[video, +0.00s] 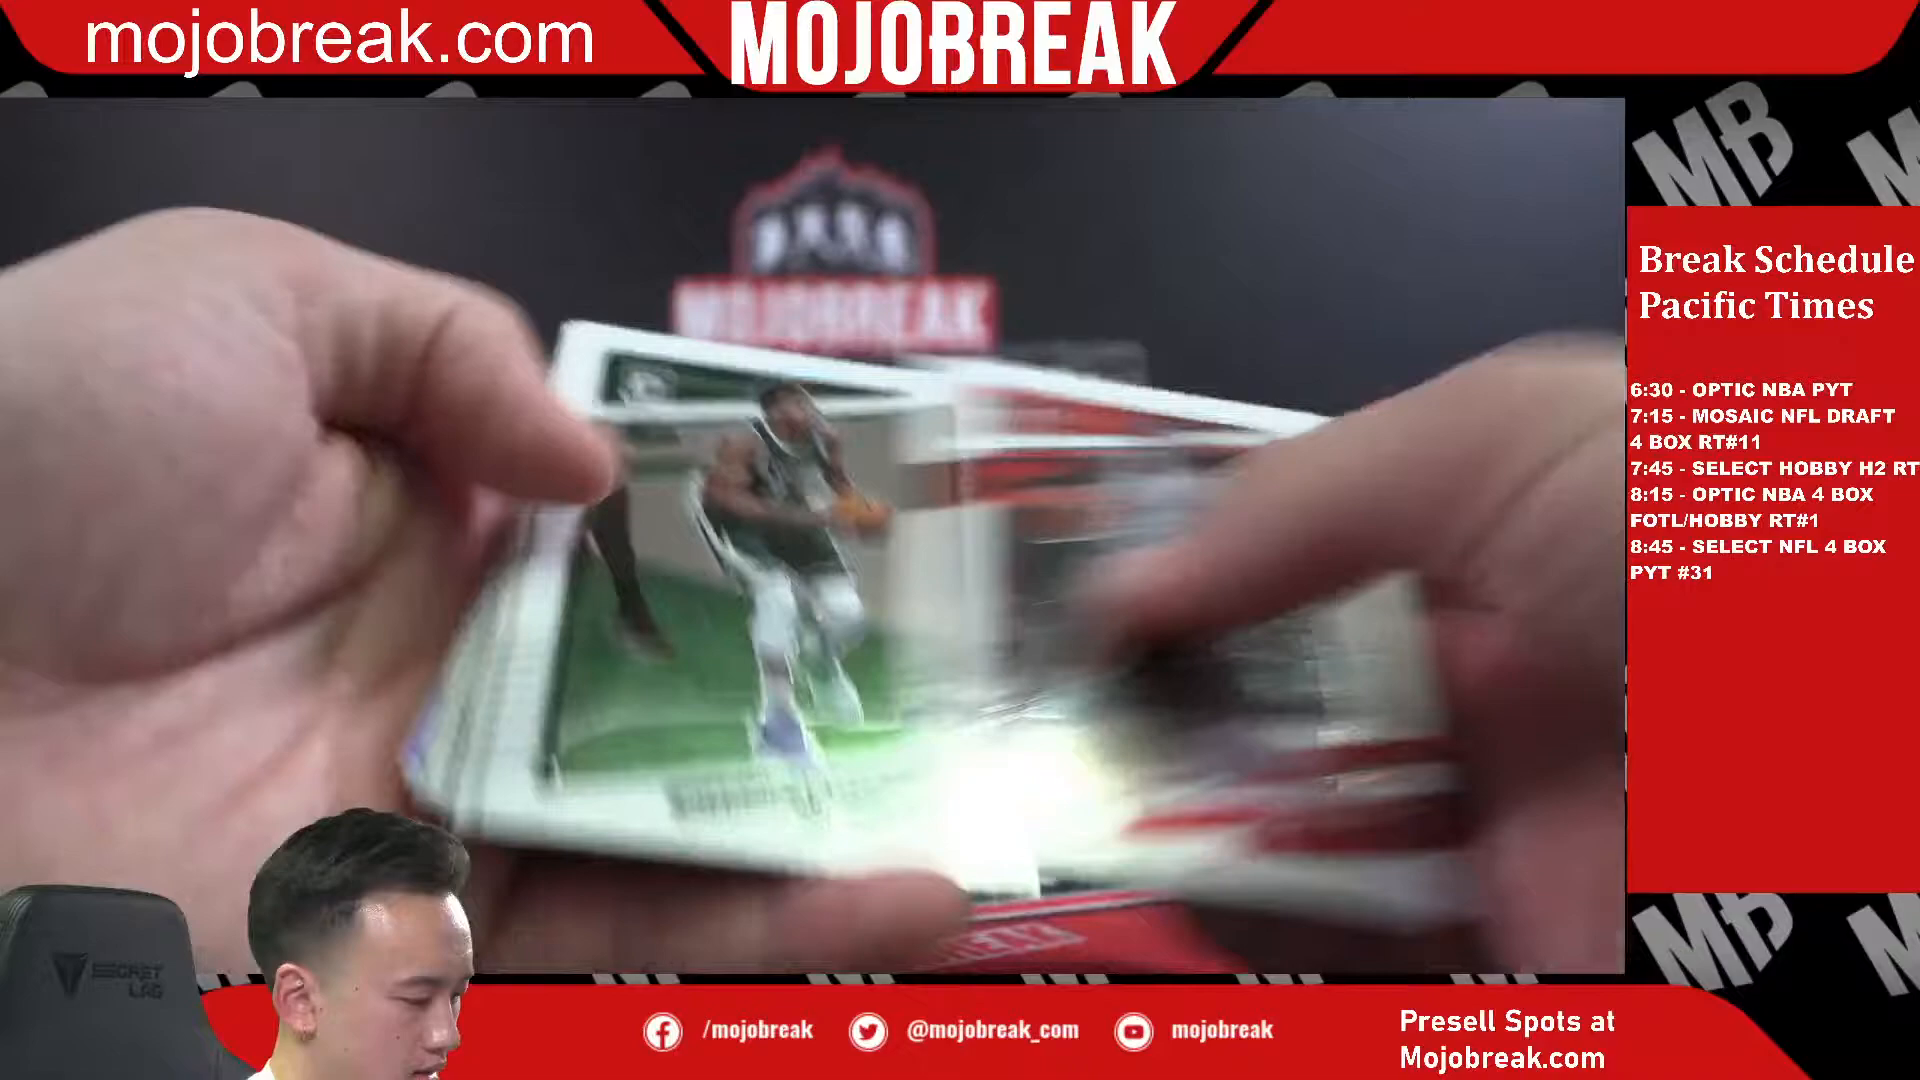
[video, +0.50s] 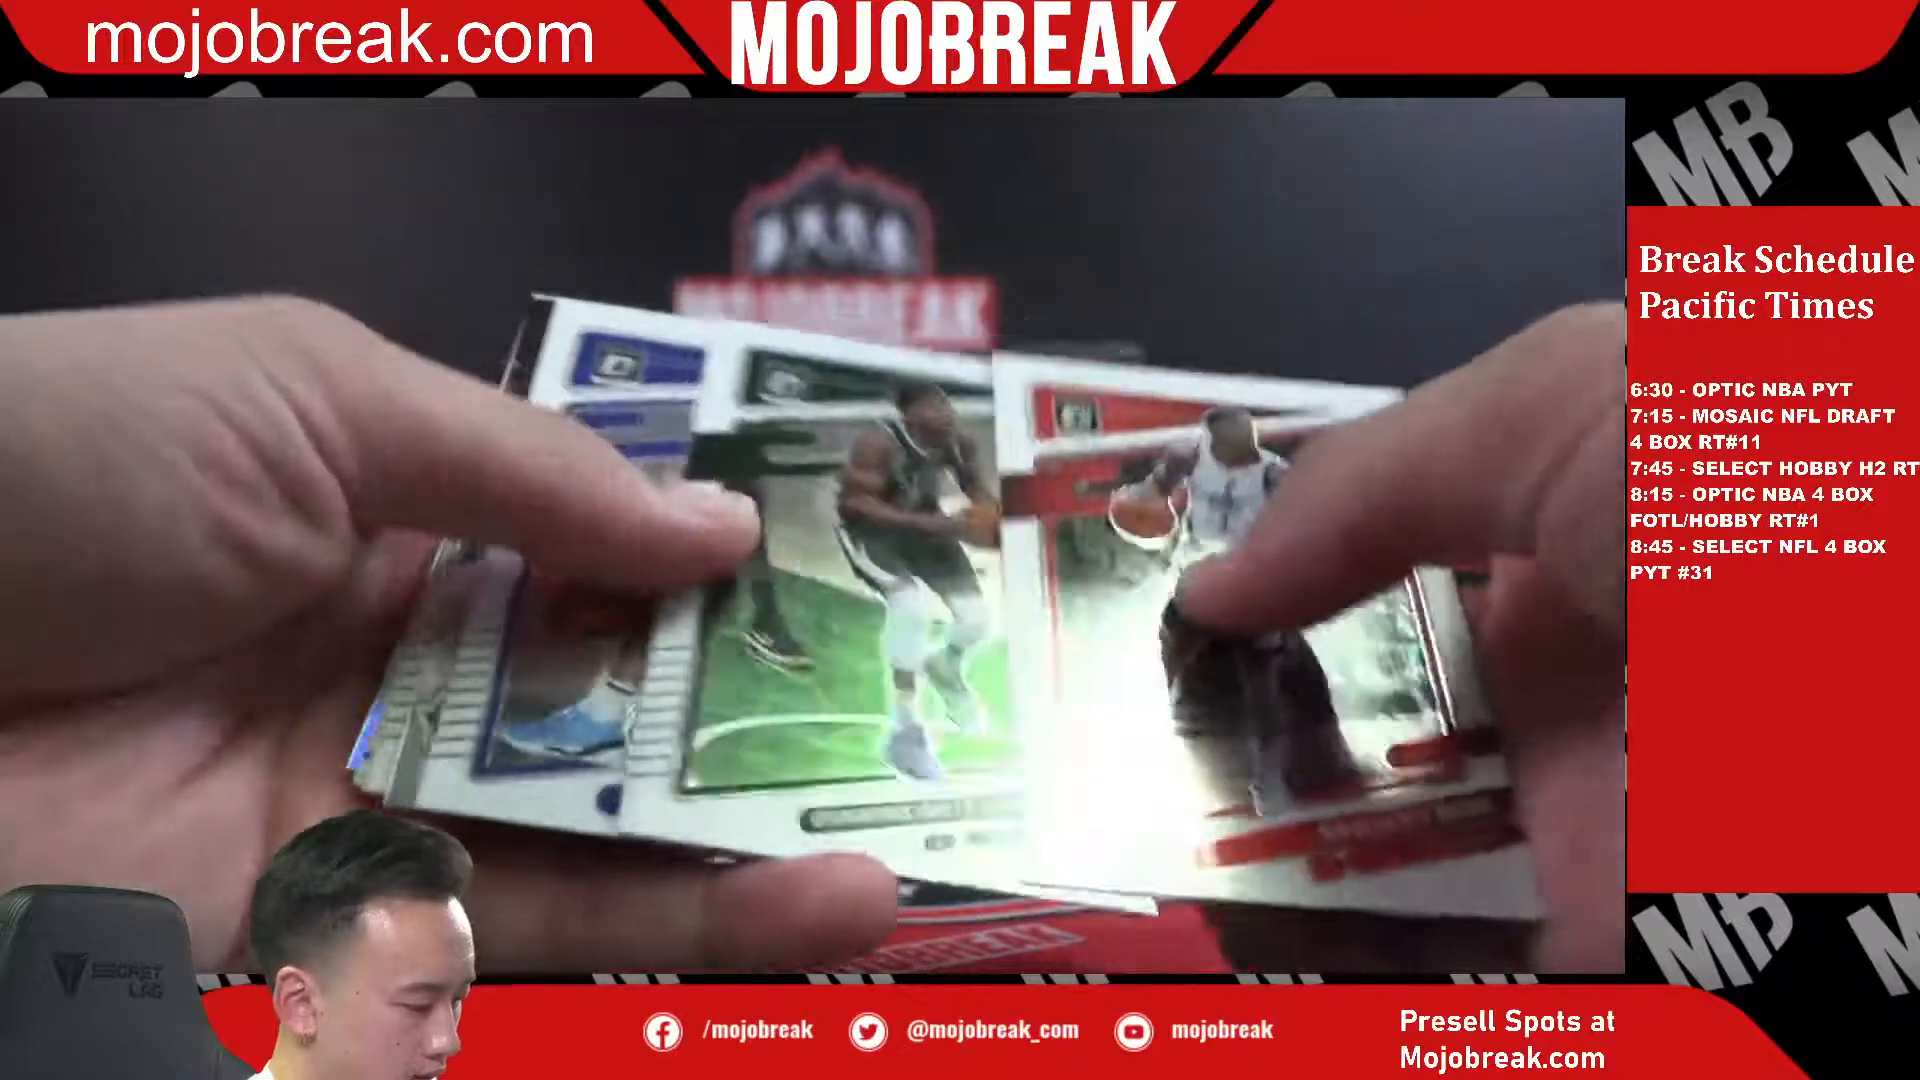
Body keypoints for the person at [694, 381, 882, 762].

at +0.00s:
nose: (802, 414)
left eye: (805, 404)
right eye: (792, 407)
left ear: (812, 407)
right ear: (770, 412)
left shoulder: (823, 441)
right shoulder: (741, 446)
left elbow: (839, 484)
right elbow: (725, 497)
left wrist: (862, 511)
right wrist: (814, 518)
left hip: (801, 531)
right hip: (748, 535)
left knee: (846, 612)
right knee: (776, 597)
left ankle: (820, 659)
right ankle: (779, 715)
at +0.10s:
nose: (801, 399)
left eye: (800, 390)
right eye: (787, 393)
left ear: (805, 392)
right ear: (762, 401)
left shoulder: (812, 426)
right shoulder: (728, 429)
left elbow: (827, 465)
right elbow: (705, 481)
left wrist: (850, 494)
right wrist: (784, 499)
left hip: (776, 494)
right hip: (719, 497)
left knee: (829, 584)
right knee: (763, 575)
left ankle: (798, 630)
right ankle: (758, 690)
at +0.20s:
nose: (798, 383)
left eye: (799, 374)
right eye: (786, 376)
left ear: (805, 377)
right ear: (763, 382)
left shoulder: (816, 408)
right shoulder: (733, 415)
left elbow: (834, 447)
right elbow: (717, 469)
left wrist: (852, 473)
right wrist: (793, 480)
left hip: (789, 483)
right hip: (735, 491)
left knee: (844, 563)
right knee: (779, 559)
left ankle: (817, 611)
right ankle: (781, 672)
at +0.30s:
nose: (836, 377)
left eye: (836, 368)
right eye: (825, 370)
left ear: (841, 371)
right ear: (803, 376)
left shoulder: (855, 403)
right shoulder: (772, 409)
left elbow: (870, 445)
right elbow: (755, 467)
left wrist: (891, 471)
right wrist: (835, 478)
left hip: (838, 494)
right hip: (780, 498)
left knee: (881, 562)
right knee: (815, 557)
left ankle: (852, 612)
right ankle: (817, 675)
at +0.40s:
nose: (906, 381)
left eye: (907, 373)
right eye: (894, 374)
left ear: (911, 376)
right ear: (871, 381)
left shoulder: (924, 411)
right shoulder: (839, 415)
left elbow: (936, 463)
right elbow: (818, 476)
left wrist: (960, 487)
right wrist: (897, 489)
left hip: (902, 512)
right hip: (847, 514)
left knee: (943, 582)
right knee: (877, 574)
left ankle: (923, 640)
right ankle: (875, 699)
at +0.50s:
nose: (943, 415)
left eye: (944, 405)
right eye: (931, 408)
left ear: (950, 408)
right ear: (908, 414)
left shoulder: (960, 445)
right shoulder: (878, 443)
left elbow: (979, 497)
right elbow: (854, 501)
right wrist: (926, 522)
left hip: (926, 530)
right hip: (872, 531)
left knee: (975, 618)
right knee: (911, 605)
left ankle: (946, 667)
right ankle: (906, 732)